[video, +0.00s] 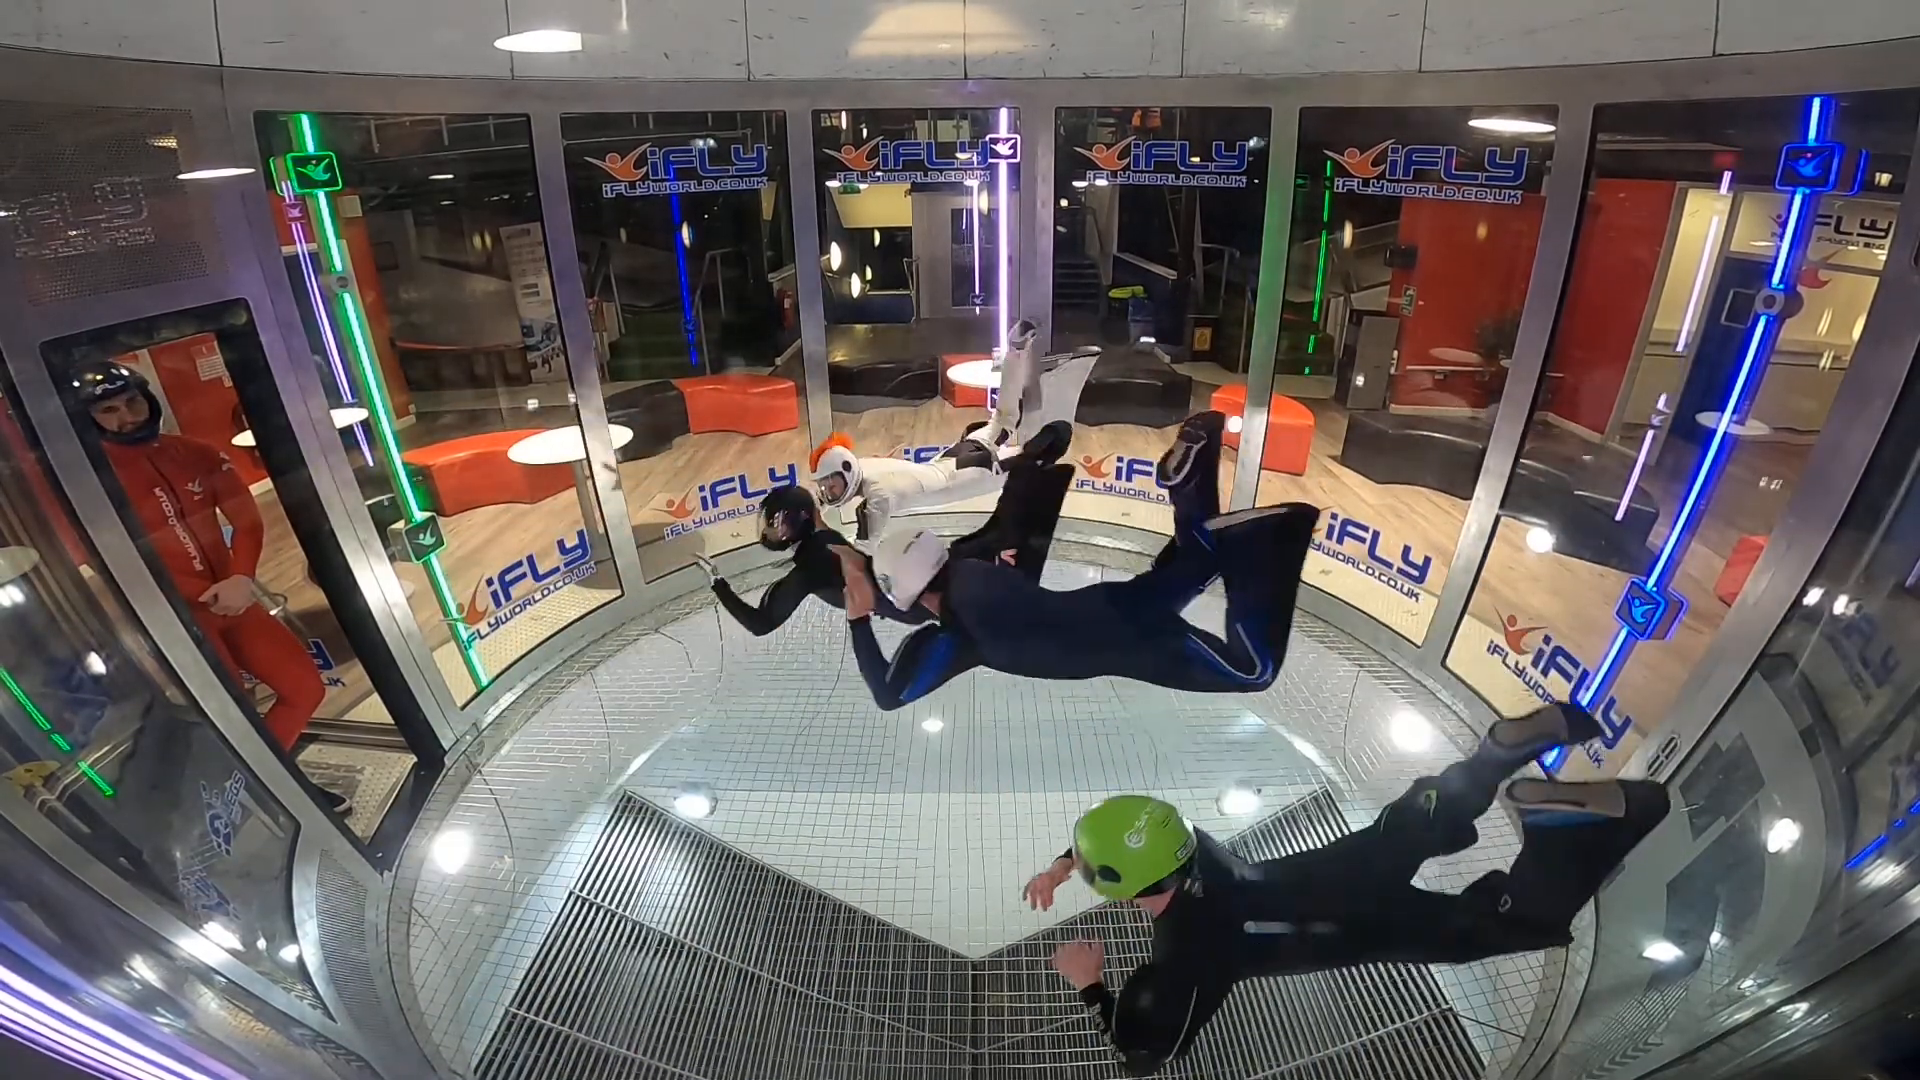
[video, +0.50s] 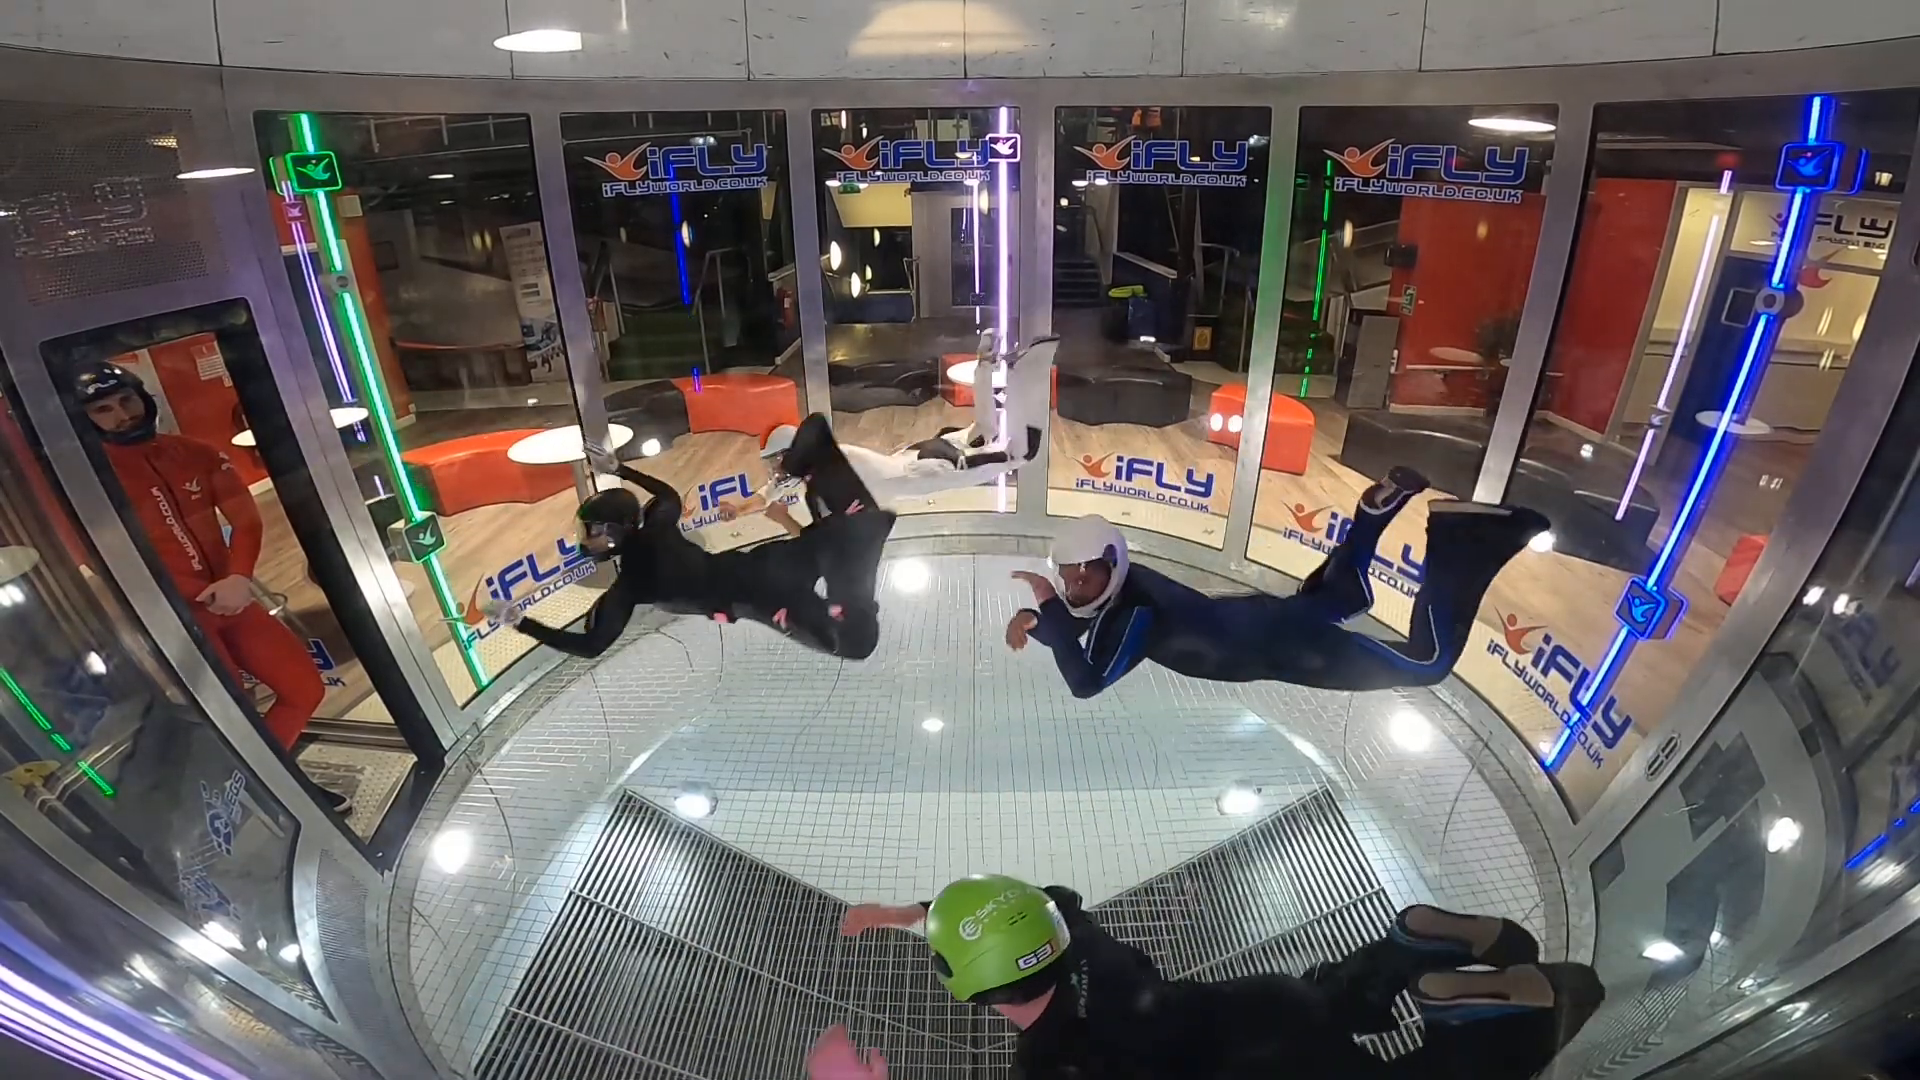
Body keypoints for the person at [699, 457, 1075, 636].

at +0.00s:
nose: (771, 527)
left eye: (777, 520)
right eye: (770, 520)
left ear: (800, 519)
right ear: (807, 517)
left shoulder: (807, 567)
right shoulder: (828, 536)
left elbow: (760, 624)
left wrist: (722, 591)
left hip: (923, 596)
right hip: (928, 563)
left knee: (1009, 540)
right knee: (998, 533)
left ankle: (1028, 469)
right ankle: (1030, 464)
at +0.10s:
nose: (740, 539)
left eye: (747, 532)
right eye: (739, 531)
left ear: (767, 534)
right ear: (771, 532)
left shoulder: (782, 573)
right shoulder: (785, 554)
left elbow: (724, 623)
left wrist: (698, 566)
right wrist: (694, 525)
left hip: (897, 586)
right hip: (894, 574)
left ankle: (1000, 456)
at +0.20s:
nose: (709, 546)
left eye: (715, 538)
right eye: (708, 538)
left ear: (737, 539)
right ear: (736, 536)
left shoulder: (748, 579)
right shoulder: (756, 559)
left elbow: (690, 629)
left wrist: (663, 574)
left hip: (866, 594)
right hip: (862, 574)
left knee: (960, 555)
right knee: (943, 535)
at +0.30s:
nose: (669, 548)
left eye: (676, 541)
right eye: (671, 539)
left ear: (695, 546)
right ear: (705, 538)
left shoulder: (711, 584)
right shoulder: (725, 557)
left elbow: (654, 635)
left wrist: (608, 591)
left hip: (845, 592)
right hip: (837, 573)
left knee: (933, 571)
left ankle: (930, 442)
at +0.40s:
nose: (631, 546)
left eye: (640, 539)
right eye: (631, 537)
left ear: (661, 539)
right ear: (669, 534)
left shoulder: (675, 585)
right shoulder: (692, 544)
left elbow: (624, 641)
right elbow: (690, 528)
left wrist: (568, 605)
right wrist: (657, 511)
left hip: (805, 596)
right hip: (802, 568)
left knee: (900, 608)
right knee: (870, 537)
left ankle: (906, 467)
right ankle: (870, 444)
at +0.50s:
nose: (584, 538)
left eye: (590, 532)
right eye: (585, 529)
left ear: (613, 534)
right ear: (625, 521)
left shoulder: (631, 578)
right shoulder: (655, 521)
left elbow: (592, 644)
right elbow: (666, 492)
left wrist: (517, 622)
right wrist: (620, 466)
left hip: (764, 598)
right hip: (769, 558)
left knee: (859, 645)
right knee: (860, 522)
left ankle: (847, 558)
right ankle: (812, 456)